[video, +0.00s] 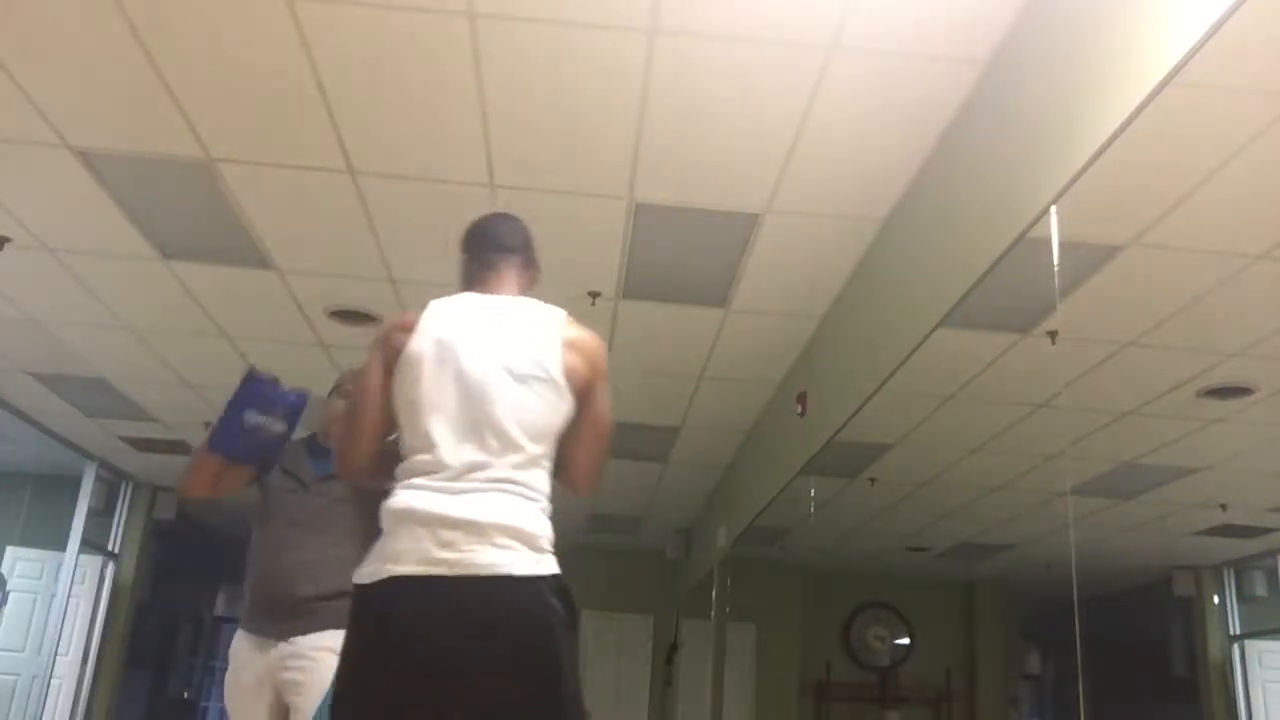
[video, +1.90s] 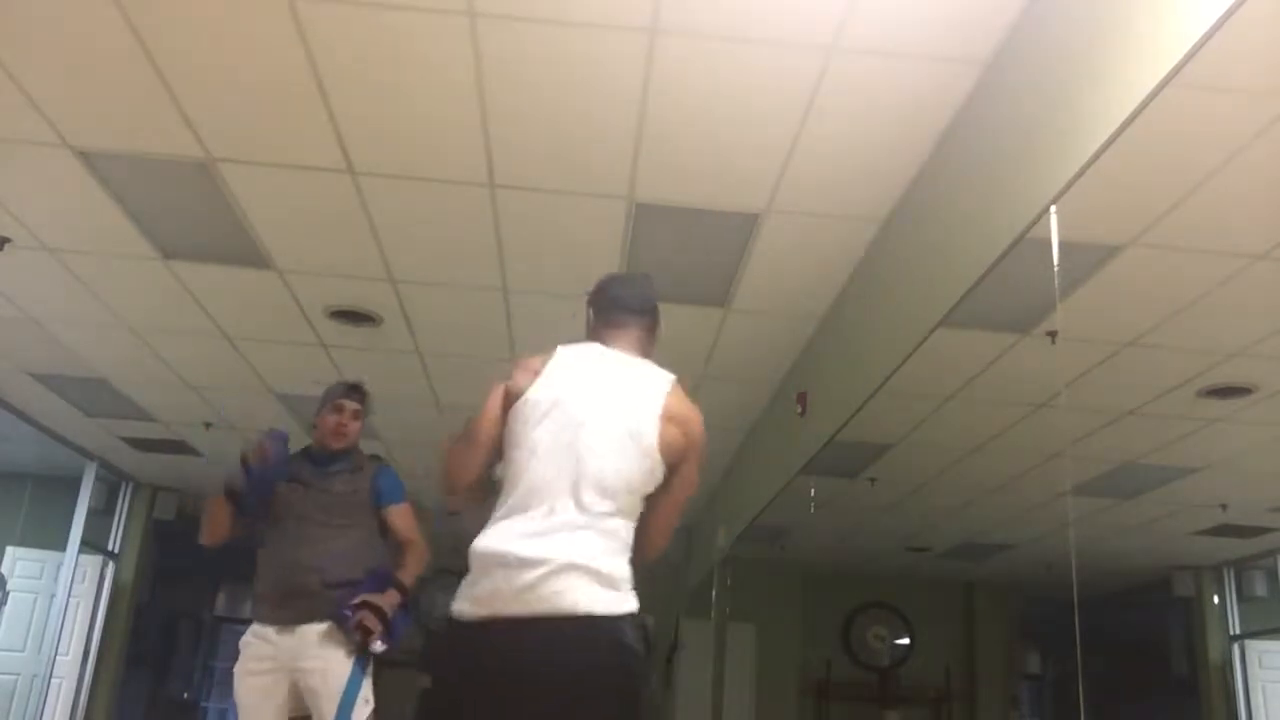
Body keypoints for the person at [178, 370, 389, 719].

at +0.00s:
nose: (347, 406)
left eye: (358, 399)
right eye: (341, 394)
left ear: (377, 414)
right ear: (324, 406)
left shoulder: (383, 463)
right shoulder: (281, 456)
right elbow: (196, 494)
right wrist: (242, 415)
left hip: (325, 640)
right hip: (253, 638)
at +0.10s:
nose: (355, 404)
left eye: (369, 400)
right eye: (349, 393)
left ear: (381, 417)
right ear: (329, 402)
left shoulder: (384, 460)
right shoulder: (285, 450)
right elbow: (206, 463)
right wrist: (255, 396)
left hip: (328, 640)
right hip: (254, 637)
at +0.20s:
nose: (356, 403)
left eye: (368, 398)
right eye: (348, 391)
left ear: (377, 415)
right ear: (328, 399)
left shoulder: (384, 460)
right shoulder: (286, 445)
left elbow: (433, 506)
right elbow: (211, 451)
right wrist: (265, 392)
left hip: (325, 638)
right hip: (253, 633)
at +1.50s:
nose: (334, 418)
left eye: (345, 412)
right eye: (326, 408)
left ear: (356, 424)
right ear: (309, 416)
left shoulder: (370, 471)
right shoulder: (277, 466)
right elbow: (221, 475)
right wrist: (258, 421)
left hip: (334, 646)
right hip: (264, 644)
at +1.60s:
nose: (319, 424)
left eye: (331, 416)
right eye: (309, 414)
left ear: (341, 427)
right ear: (293, 421)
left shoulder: (357, 476)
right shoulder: (266, 472)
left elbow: (405, 533)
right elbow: (202, 495)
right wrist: (237, 431)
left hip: (328, 648)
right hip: (258, 646)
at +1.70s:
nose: (316, 423)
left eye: (328, 416)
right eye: (307, 413)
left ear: (337, 427)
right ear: (290, 420)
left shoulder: (357, 475)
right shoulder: (261, 472)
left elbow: (400, 546)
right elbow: (192, 508)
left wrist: (358, 560)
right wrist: (232, 438)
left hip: (330, 644)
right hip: (259, 643)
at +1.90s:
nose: (344, 422)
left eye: (355, 416)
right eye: (336, 411)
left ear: (362, 427)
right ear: (317, 418)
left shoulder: (376, 476)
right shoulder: (279, 469)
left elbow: (415, 548)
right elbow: (211, 536)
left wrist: (389, 600)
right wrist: (246, 471)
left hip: (335, 641)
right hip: (265, 640)